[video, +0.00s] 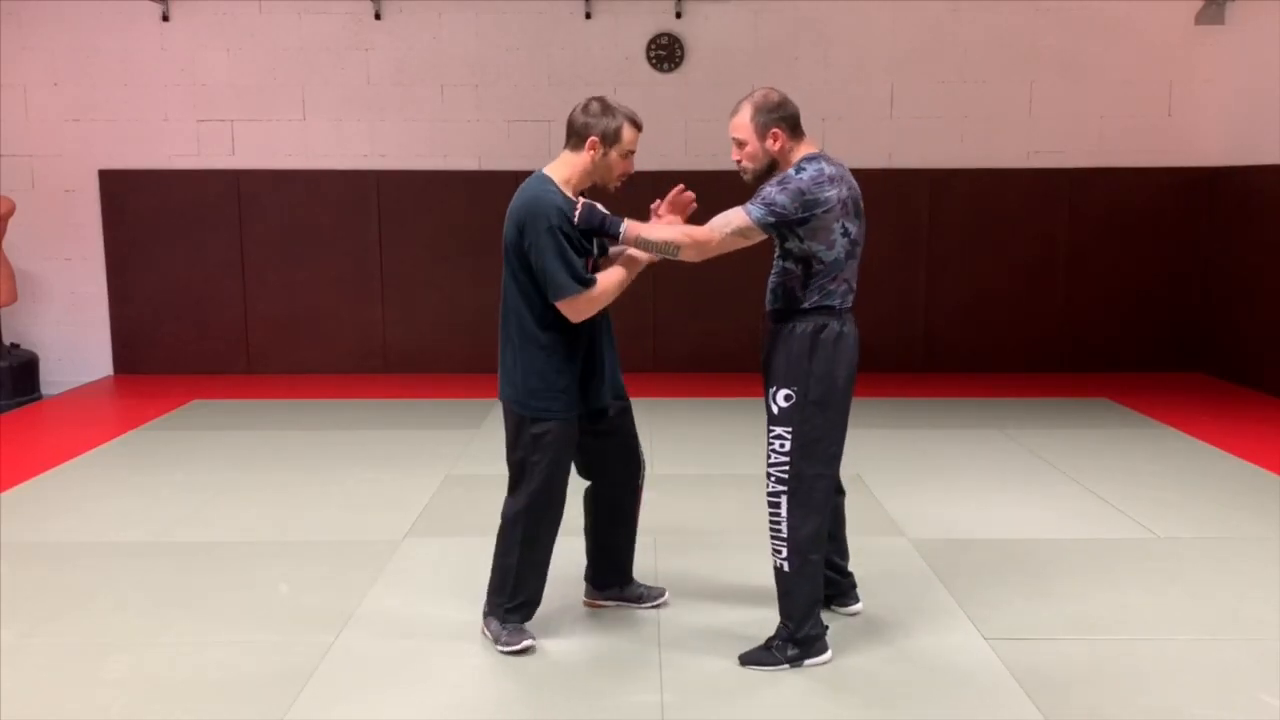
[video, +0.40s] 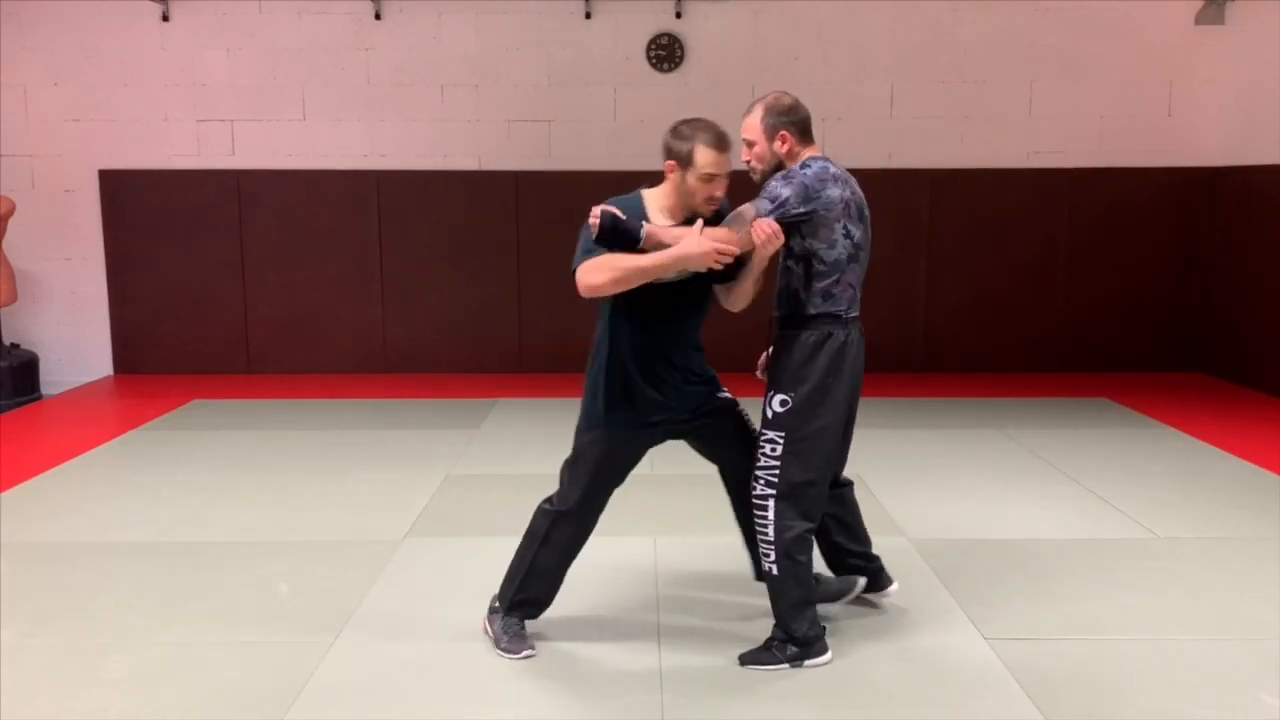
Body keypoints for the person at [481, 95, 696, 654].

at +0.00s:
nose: (630, 168)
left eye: (632, 157)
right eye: (626, 155)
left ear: (591, 148)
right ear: (593, 147)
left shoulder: (577, 201)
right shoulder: (540, 209)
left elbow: (611, 258)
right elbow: (579, 306)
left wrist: (657, 227)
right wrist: (637, 258)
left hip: (589, 374)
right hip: (541, 381)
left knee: (619, 471)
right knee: (536, 497)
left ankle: (609, 581)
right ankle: (505, 613)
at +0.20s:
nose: (642, 182)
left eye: (643, 169)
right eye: (635, 169)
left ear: (602, 165)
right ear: (597, 163)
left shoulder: (609, 216)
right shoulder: (541, 224)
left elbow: (634, 272)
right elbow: (567, 320)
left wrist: (697, 268)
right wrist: (651, 289)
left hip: (626, 377)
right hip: (569, 389)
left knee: (685, 467)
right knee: (550, 505)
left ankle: (644, 571)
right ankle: (505, 613)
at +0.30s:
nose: (670, 188)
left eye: (672, 175)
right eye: (661, 176)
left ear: (629, 171)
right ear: (622, 170)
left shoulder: (656, 218)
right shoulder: (564, 228)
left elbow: (696, 285)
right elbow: (582, 311)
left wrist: (744, 252)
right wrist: (664, 266)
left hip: (654, 378)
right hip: (590, 393)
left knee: (721, 467)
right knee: (563, 507)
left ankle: (711, 580)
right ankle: (507, 614)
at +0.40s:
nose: (720, 191)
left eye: (725, 178)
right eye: (709, 178)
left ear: (727, 176)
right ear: (673, 170)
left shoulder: (714, 229)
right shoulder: (615, 217)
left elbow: (734, 300)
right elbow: (590, 280)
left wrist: (759, 260)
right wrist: (680, 257)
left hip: (693, 390)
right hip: (622, 396)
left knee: (757, 472)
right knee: (576, 504)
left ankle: (790, 579)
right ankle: (510, 610)